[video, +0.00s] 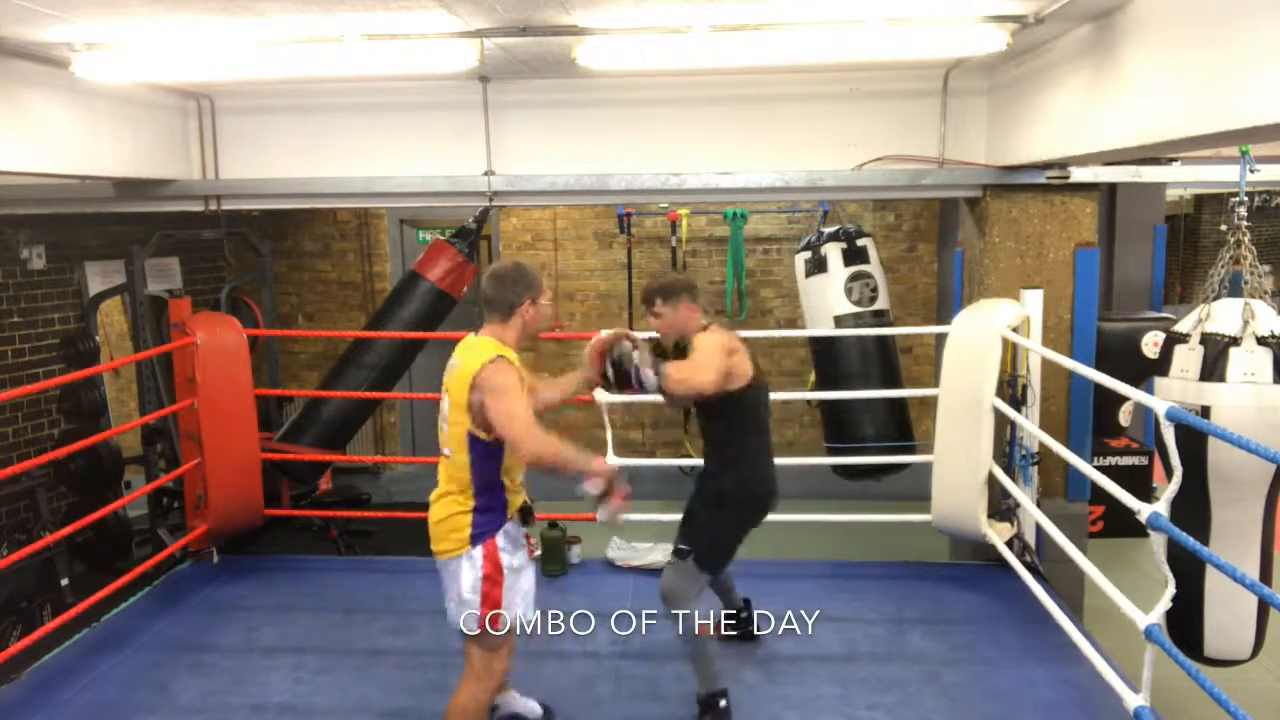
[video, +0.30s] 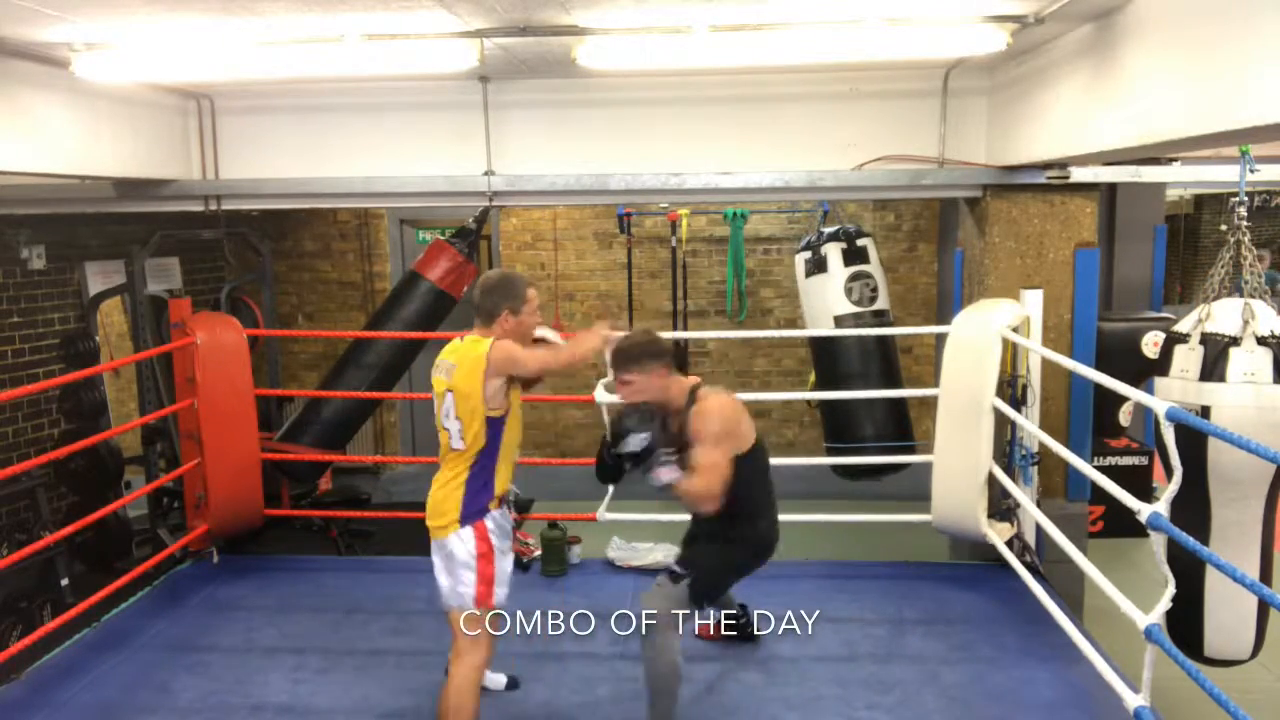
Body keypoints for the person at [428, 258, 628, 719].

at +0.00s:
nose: (550, 311)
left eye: (548, 301)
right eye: (545, 302)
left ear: (502, 306)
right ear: (524, 309)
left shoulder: (477, 351)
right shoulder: (495, 368)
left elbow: (533, 395)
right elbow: (530, 445)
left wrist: (587, 375)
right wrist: (596, 465)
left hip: (483, 520)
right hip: (476, 530)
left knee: (499, 620)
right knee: (486, 668)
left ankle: (494, 695)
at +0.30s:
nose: (536, 320)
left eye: (536, 311)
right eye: (531, 312)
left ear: (489, 316)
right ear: (505, 318)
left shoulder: (454, 352)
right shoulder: (496, 355)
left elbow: (518, 378)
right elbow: (568, 357)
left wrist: (545, 345)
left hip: (452, 507)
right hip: (472, 516)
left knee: (472, 603)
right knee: (472, 649)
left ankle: (468, 669)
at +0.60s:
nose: (530, 316)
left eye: (532, 308)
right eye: (523, 307)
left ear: (500, 307)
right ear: (491, 305)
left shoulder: (505, 345)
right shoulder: (445, 350)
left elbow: (530, 387)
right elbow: (435, 428)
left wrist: (573, 372)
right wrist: (489, 422)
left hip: (488, 478)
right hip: (456, 484)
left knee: (479, 581)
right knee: (489, 599)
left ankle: (460, 662)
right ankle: (482, 713)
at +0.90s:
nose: (533, 314)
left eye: (534, 304)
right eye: (523, 305)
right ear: (489, 307)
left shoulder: (520, 343)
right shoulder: (451, 354)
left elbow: (562, 366)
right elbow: (470, 429)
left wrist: (618, 353)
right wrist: (547, 415)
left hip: (492, 483)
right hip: (458, 488)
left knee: (476, 585)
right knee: (472, 601)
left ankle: (458, 663)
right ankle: (461, 713)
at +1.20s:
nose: (584, 303)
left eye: (584, 294)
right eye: (574, 295)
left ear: (559, 303)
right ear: (541, 300)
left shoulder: (563, 347)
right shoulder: (505, 338)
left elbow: (584, 391)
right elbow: (465, 371)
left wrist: (605, 398)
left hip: (538, 482)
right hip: (499, 489)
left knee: (550, 570)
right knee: (488, 611)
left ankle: (500, 643)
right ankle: (463, 712)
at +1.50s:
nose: (657, 309)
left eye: (658, 301)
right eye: (648, 302)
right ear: (615, 306)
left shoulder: (639, 345)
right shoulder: (598, 343)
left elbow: (669, 381)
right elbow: (677, 382)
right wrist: (737, 390)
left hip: (629, 488)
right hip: (586, 491)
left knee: (651, 568)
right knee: (568, 603)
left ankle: (646, 660)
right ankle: (493, 699)